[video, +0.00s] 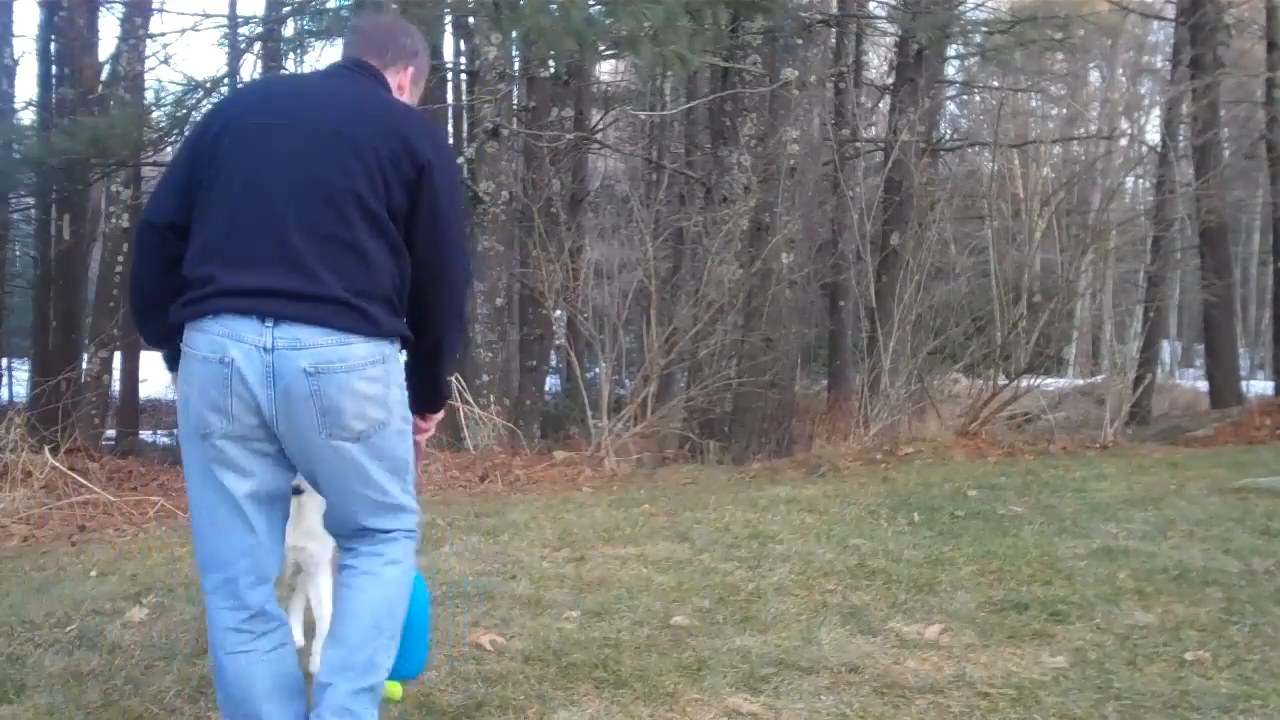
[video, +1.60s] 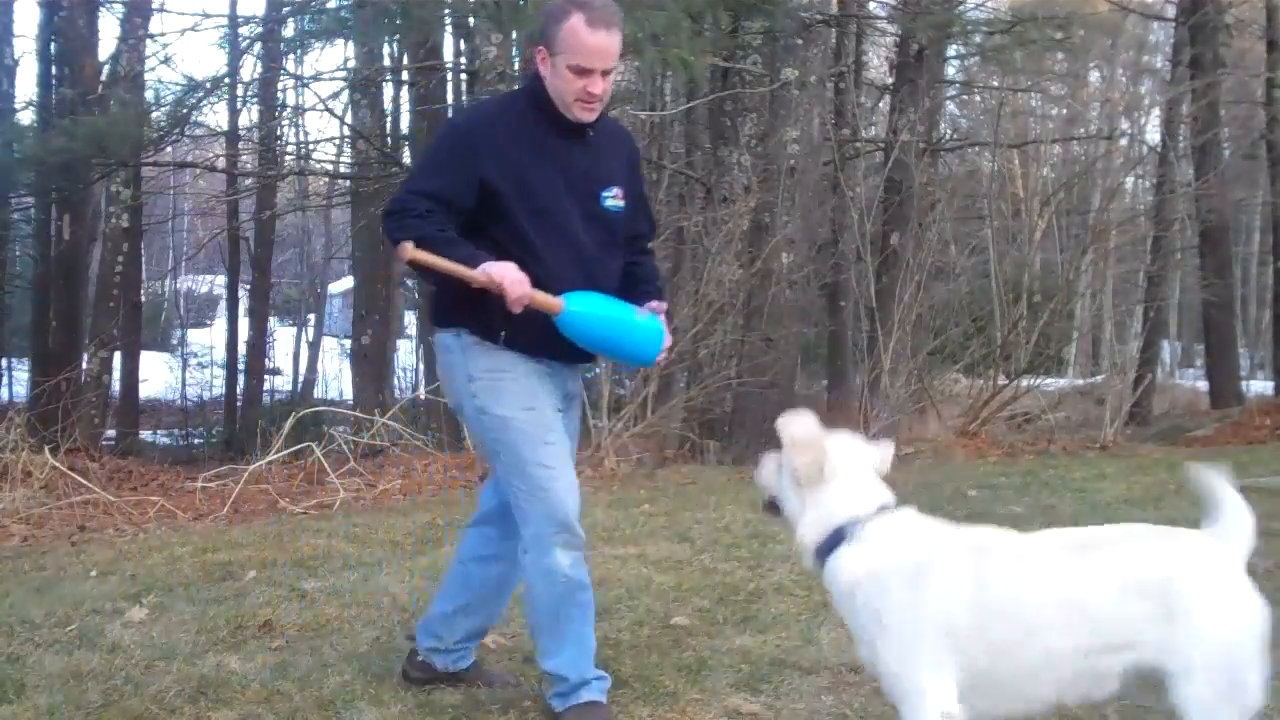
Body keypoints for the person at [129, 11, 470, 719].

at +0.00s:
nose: (419, 102)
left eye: (421, 92)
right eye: (421, 91)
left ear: (343, 61)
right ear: (403, 76)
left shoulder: (237, 105)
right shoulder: (415, 135)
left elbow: (157, 231)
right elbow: (443, 277)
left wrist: (180, 343)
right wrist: (430, 387)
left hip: (215, 352)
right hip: (346, 357)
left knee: (239, 587)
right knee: (377, 536)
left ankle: (264, 711)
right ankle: (344, 706)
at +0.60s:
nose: (469, 131)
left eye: (475, 122)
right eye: (473, 118)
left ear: (414, 78)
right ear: (453, 89)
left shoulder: (321, 114)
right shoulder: (436, 129)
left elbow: (247, 221)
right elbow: (444, 227)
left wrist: (261, 301)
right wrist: (450, 329)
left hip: (247, 335)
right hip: (333, 348)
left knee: (287, 500)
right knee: (335, 535)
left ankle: (263, 650)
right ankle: (297, 701)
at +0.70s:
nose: (478, 133)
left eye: (487, 123)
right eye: (486, 118)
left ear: (431, 75)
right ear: (465, 84)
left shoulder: (363, 110)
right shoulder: (430, 112)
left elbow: (347, 234)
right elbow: (429, 176)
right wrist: (446, 275)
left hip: (267, 332)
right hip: (334, 341)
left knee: (329, 510)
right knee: (337, 533)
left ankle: (354, 653)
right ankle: (293, 701)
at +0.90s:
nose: (516, 134)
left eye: (525, 125)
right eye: (520, 117)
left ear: (487, 89)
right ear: (490, 85)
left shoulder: (443, 133)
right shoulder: (431, 117)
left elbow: (437, 249)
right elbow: (393, 203)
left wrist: (449, 330)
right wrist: (427, 306)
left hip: (389, 346)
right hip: (350, 342)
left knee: (424, 504)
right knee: (358, 528)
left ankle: (429, 655)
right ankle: (295, 700)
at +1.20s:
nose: (568, 107)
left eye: (577, 97)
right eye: (563, 88)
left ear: (570, 94)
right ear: (520, 65)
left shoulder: (524, 153)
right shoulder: (452, 113)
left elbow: (510, 259)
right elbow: (375, 186)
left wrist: (538, 331)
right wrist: (435, 280)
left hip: (450, 336)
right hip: (395, 324)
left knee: (475, 486)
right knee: (474, 483)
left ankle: (441, 645)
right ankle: (398, 640)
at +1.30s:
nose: (574, 98)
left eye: (585, 87)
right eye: (565, 80)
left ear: (589, 86)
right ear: (525, 60)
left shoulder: (550, 156)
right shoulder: (457, 113)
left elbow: (547, 256)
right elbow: (376, 186)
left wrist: (562, 331)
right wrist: (438, 274)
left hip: (485, 338)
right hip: (414, 326)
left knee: (457, 489)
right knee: (496, 476)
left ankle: (428, 652)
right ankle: (478, 660)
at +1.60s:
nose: (594, 87)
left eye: (606, 73)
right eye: (580, 71)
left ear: (618, 68)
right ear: (541, 61)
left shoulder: (616, 146)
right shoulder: (482, 129)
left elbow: (633, 247)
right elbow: (407, 217)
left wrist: (647, 303)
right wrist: (479, 265)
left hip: (567, 356)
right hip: (486, 349)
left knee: (513, 508)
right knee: (554, 506)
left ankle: (440, 653)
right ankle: (578, 691)